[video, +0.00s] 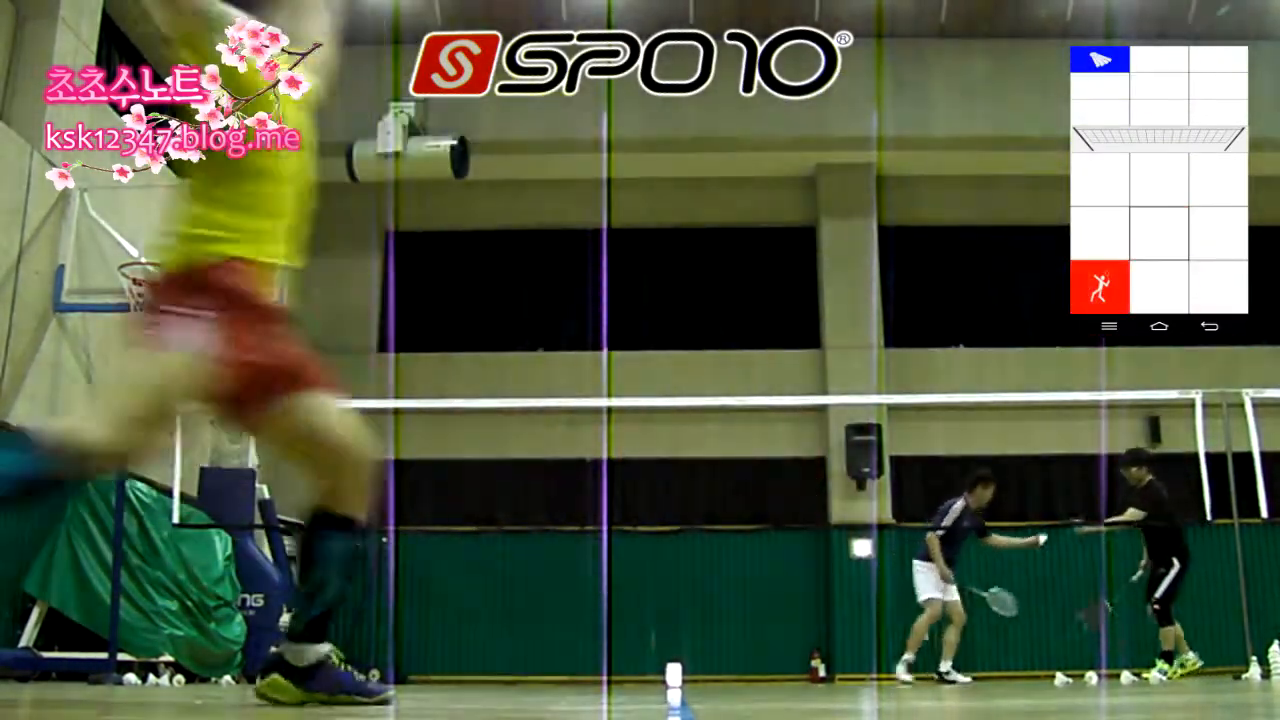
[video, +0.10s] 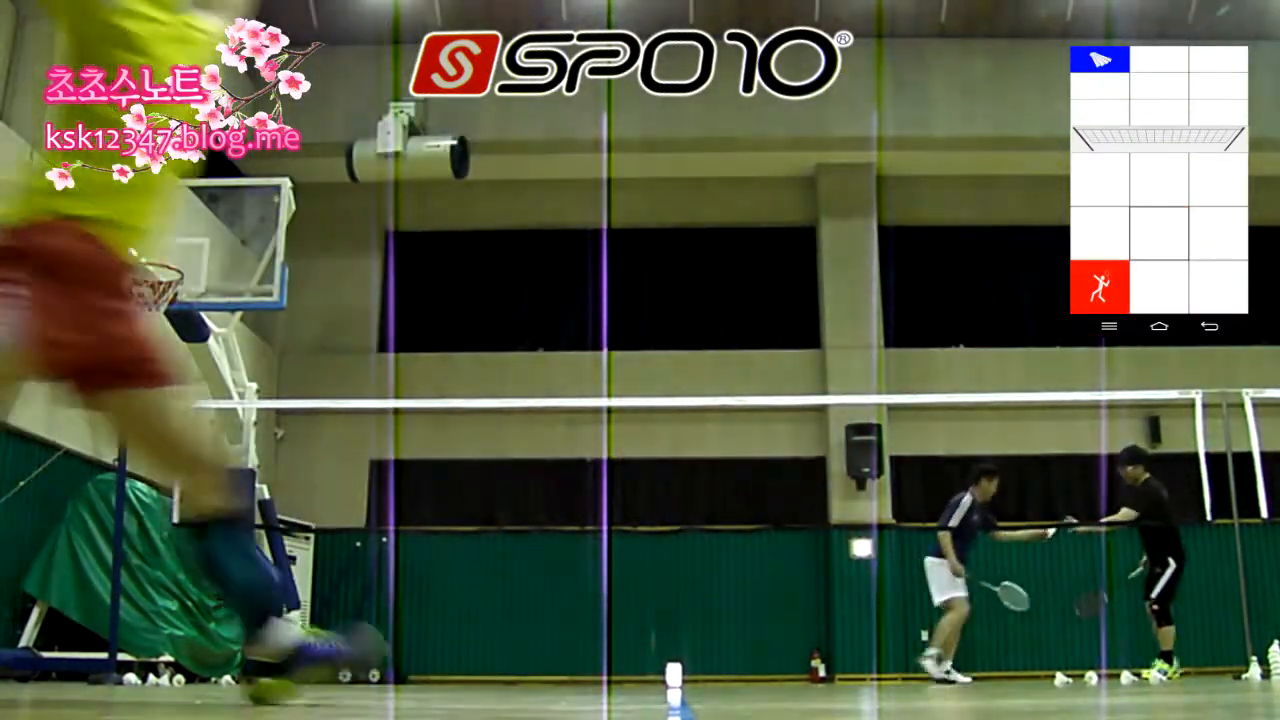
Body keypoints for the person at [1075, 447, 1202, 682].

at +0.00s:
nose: (1126, 475)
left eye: (1129, 470)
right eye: (1124, 471)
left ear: (1141, 468)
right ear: (1134, 471)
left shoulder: (1153, 490)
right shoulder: (1140, 490)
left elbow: (1131, 517)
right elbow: (1150, 531)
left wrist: (1097, 525)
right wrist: (1146, 558)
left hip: (1175, 556)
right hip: (1159, 557)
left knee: (1159, 604)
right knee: (1157, 605)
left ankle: (1166, 662)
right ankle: (1187, 655)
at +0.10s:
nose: (1123, 474)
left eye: (1126, 468)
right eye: (1122, 469)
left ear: (1139, 467)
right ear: (1133, 469)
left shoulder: (1148, 489)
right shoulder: (1144, 487)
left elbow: (1125, 516)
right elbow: (1155, 526)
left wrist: (1092, 525)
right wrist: (1149, 554)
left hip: (1170, 556)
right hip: (1158, 556)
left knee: (1157, 604)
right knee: (1155, 605)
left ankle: (1167, 660)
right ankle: (1166, 660)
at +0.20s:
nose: (1122, 473)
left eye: (1125, 468)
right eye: (1121, 468)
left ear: (1137, 467)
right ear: (1133, 468)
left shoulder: (1148, 489)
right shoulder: (1143, 488)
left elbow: (1126, 516)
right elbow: (1153, 526)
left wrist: (1093, 525)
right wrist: (1148, 554)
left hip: (1167, 556)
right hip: (1156, 556)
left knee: (1157, 604)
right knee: (1153, 605)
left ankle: (1167, 660)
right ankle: (1157, 658)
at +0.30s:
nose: (1122, 473)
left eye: (1125, 468)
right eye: (1122, 469)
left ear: (1137, 467)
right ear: (1134, 468)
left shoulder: (1149, 489)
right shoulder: (1143, 489)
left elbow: (1126, 517)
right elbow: (1150, 529)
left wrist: (1093, 526)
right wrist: (1147, 559)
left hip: (1166, 558)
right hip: (1154, 558)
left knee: (1156, 605)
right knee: (1149, 606)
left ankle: (1167, 661)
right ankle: (1156, 659)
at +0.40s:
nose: (1124, 474)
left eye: (1126, 469)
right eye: (1122, 470)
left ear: (1139, 467)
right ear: (1131, 470)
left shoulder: (1150, 491)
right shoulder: (1140, 490)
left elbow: (1126, 519)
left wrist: (1094, 527)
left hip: (1166, 558)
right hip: (1150, 558)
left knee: (1156, 606)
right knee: (1148, 608)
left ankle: (1167, 661)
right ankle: (1156, 659)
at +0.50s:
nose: (1125, 473)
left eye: (1129, 468)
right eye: (1124, 469)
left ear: (1142, 468)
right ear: (1135, 470)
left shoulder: (1150, 491)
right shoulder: (1140, 491)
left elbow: (1126, 524)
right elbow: (1125, 523)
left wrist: (1093, 529)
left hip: (1166, 558)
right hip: (1150, 558)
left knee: (1159, 607)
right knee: (1147, 608)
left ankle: (1168, 661)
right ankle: (1155, 660)